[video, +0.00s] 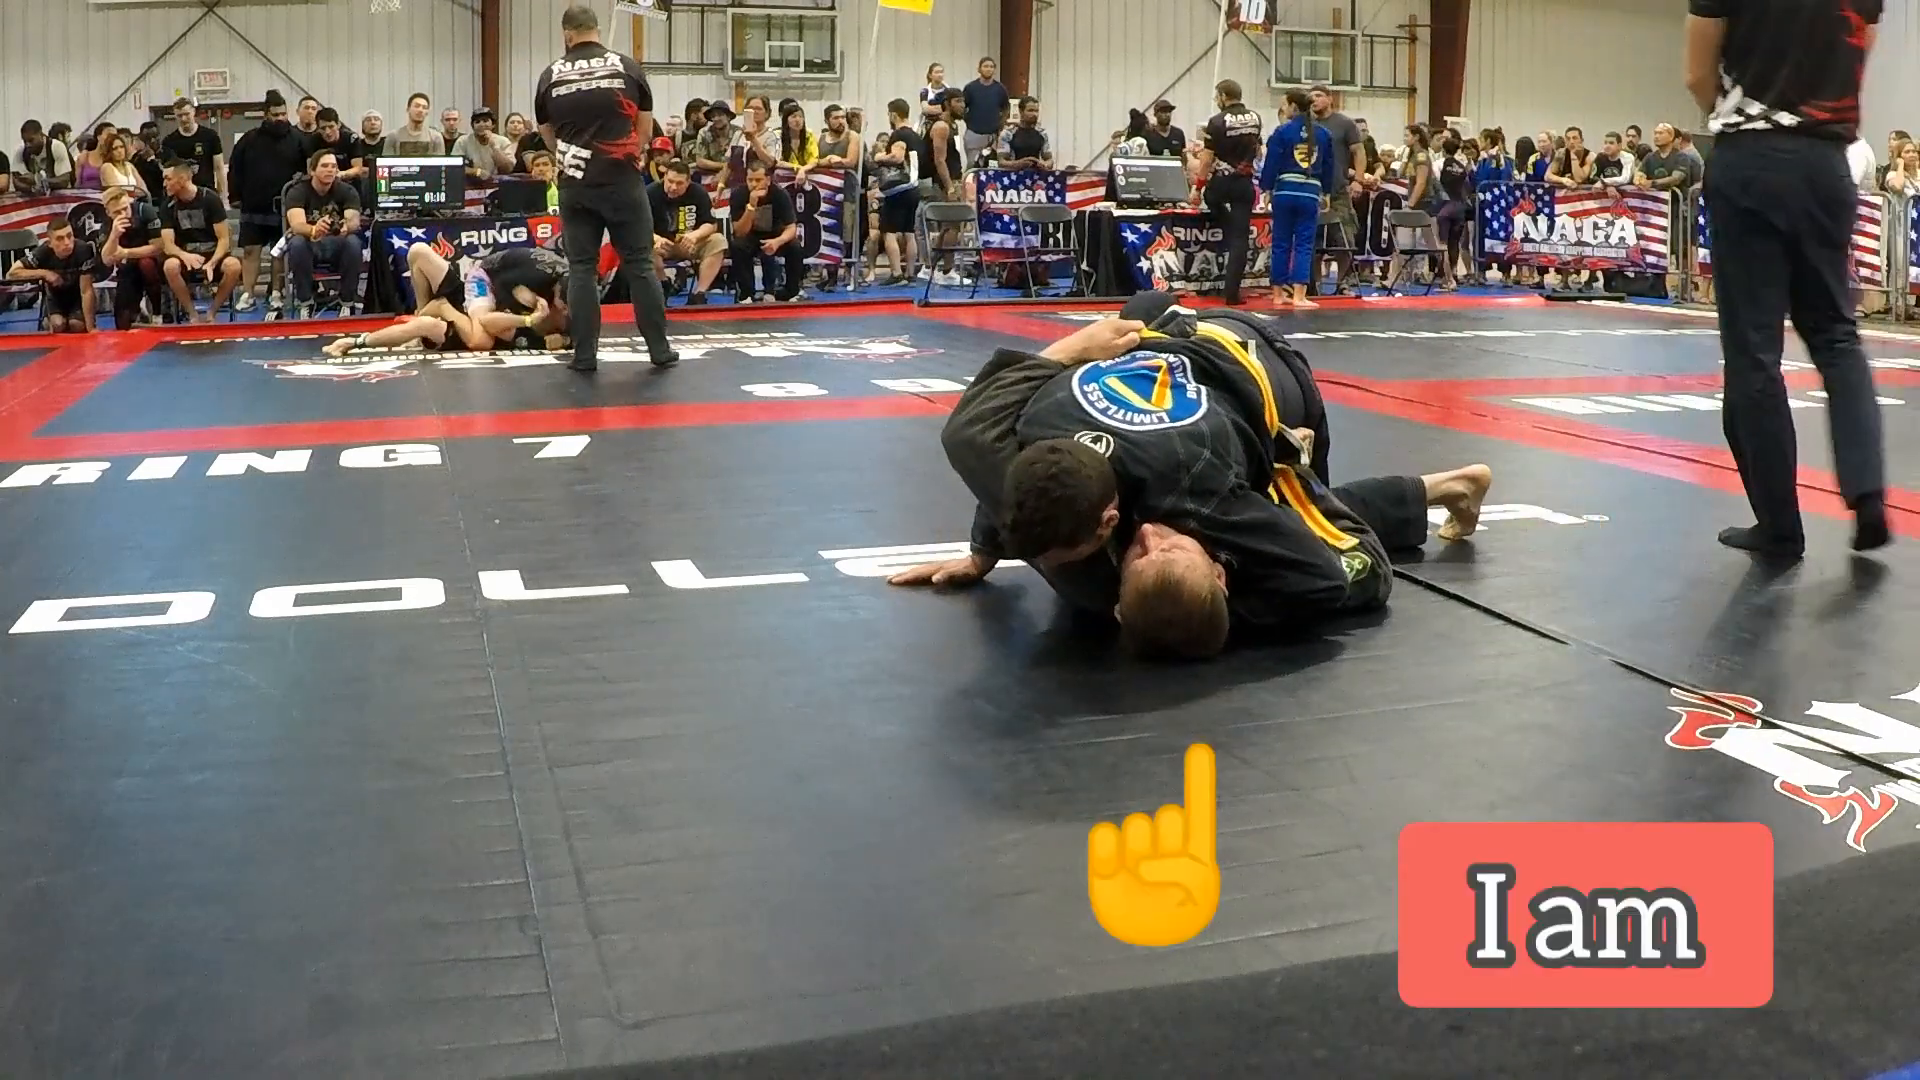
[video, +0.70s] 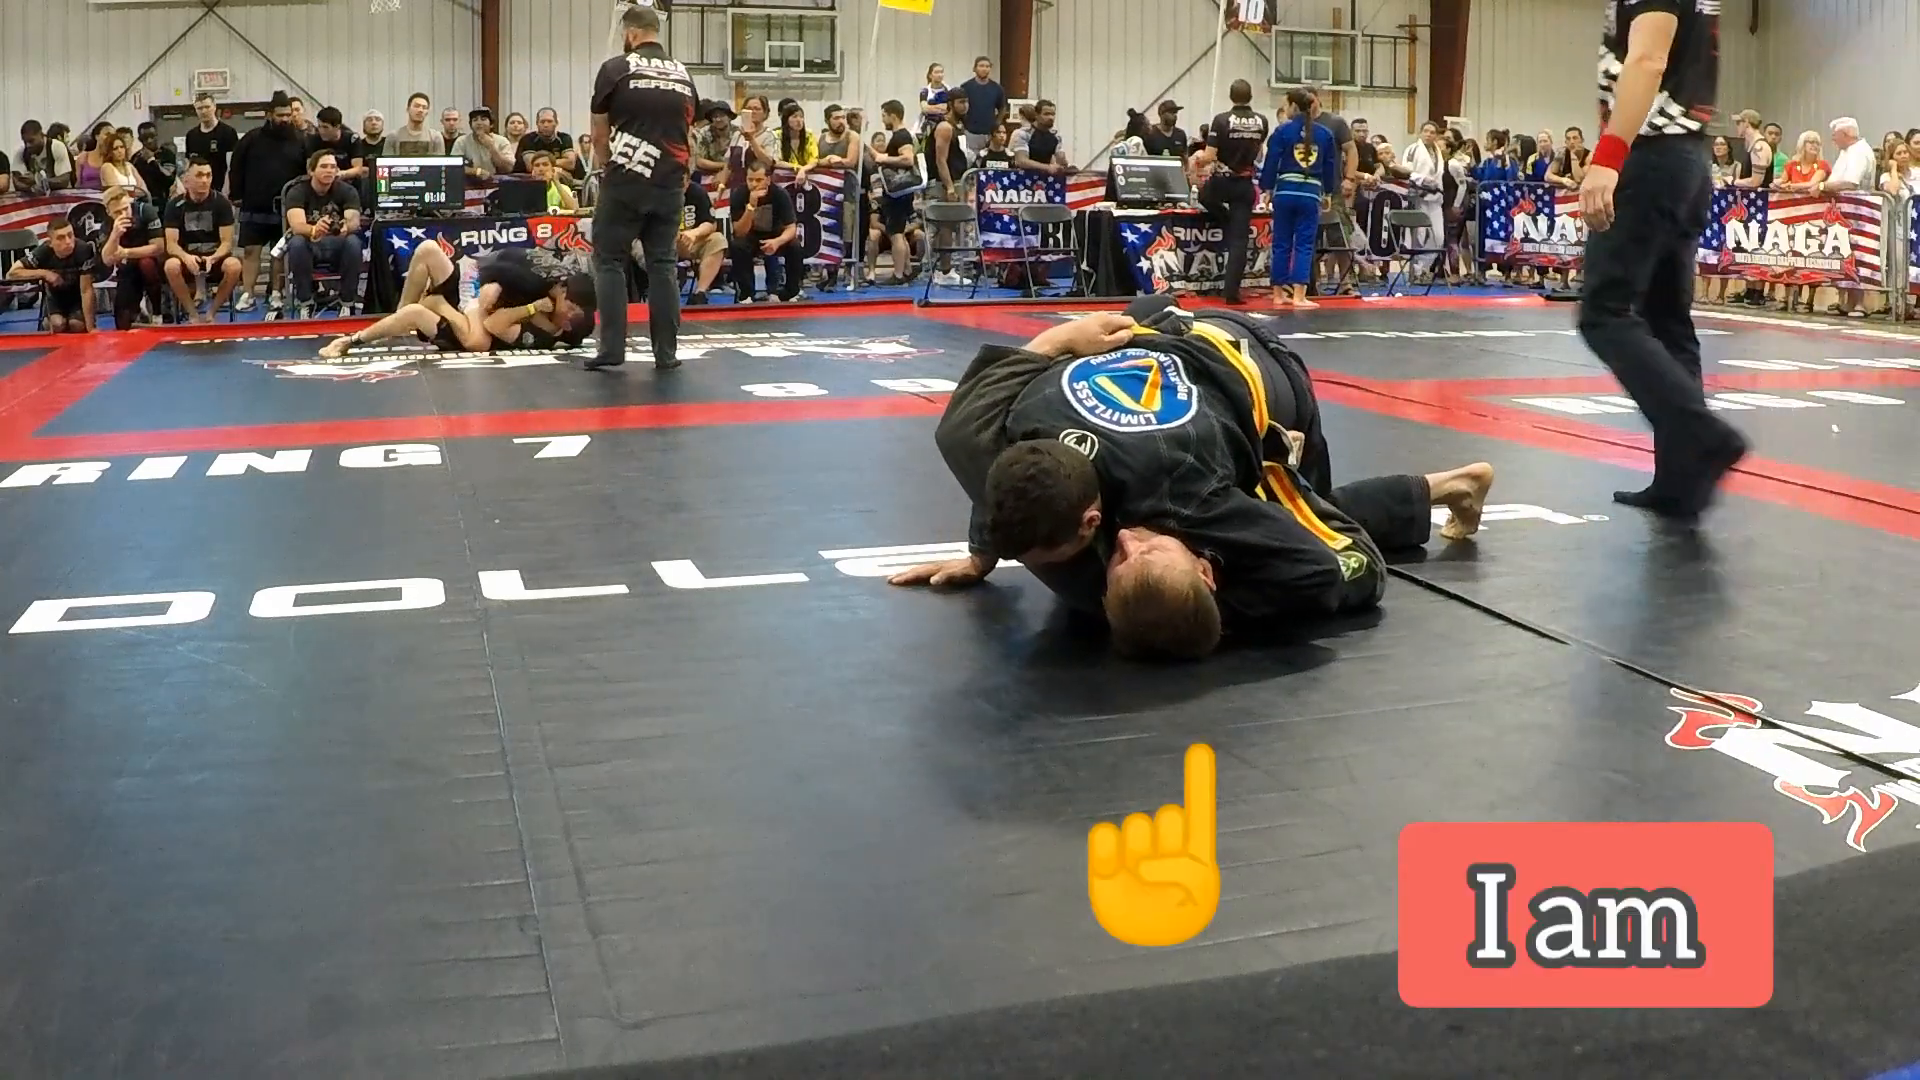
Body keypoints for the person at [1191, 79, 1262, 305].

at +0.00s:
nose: (1216, 99)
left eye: (1217, 96)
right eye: (1217, 96)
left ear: (1222, 97)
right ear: (1239, 96)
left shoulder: (1216, 122)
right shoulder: (1255, 118)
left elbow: (1208, 159)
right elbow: (1256, 149)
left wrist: (1198, 186)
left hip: (1220, 179)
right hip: (1245, 181)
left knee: (1212, 200)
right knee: (1239, 238)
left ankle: (1231, 228)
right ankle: (1232, 293)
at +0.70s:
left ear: (1230, 97)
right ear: (1250, 97)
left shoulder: (1221, 120)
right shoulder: (1261, 121)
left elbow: (1210, 155)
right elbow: (1259, 152)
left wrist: (1198, 159)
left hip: (1222, 179)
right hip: (1245, 183)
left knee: (1205, 197)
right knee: (1239, 239)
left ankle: (1228, 222)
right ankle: (1231, 292)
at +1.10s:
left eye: (1236, 94)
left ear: (1234, 97)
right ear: (1253, 98)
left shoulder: (1223, 116)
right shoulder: (1264, 121)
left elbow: (1203, 131)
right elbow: (1259, 145)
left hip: (1224, 179)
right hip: (1247, 182)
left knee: (1209, 197)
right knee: (1240, 239)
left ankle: (1231, 223)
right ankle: (1232, 293)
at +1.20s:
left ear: (1237, 97)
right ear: (1256, 99)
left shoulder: (1225, 115)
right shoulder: (1265, 122)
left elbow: (1205, 127)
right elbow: (1258, 141)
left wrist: (1205, 154)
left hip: (1224, 177)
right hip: (1247, 181)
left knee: (1210, 197)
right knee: (1240, 238)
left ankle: (1232, 223)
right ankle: (1231, 293)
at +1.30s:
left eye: (1240, 93)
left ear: (1238, 97)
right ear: (1257, 98)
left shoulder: (1226, 116)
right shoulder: (1265, 122)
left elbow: (1206, 126)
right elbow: (1268, 141)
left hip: (1224, 177)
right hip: (1247, 181)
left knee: (1210, 197)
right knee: (1240, 239)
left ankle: (1231, 222)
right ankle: (1232, 293)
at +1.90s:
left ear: (1235, 97)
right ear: (1255, 98)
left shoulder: (1223, 117)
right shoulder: (1261, 120)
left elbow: (1211, 146)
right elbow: (1263, 148)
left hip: (1223, 176)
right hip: (1245, 179)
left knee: (1211, 198)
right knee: (1241, 237)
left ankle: (1230, 219)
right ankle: (1231, 292)